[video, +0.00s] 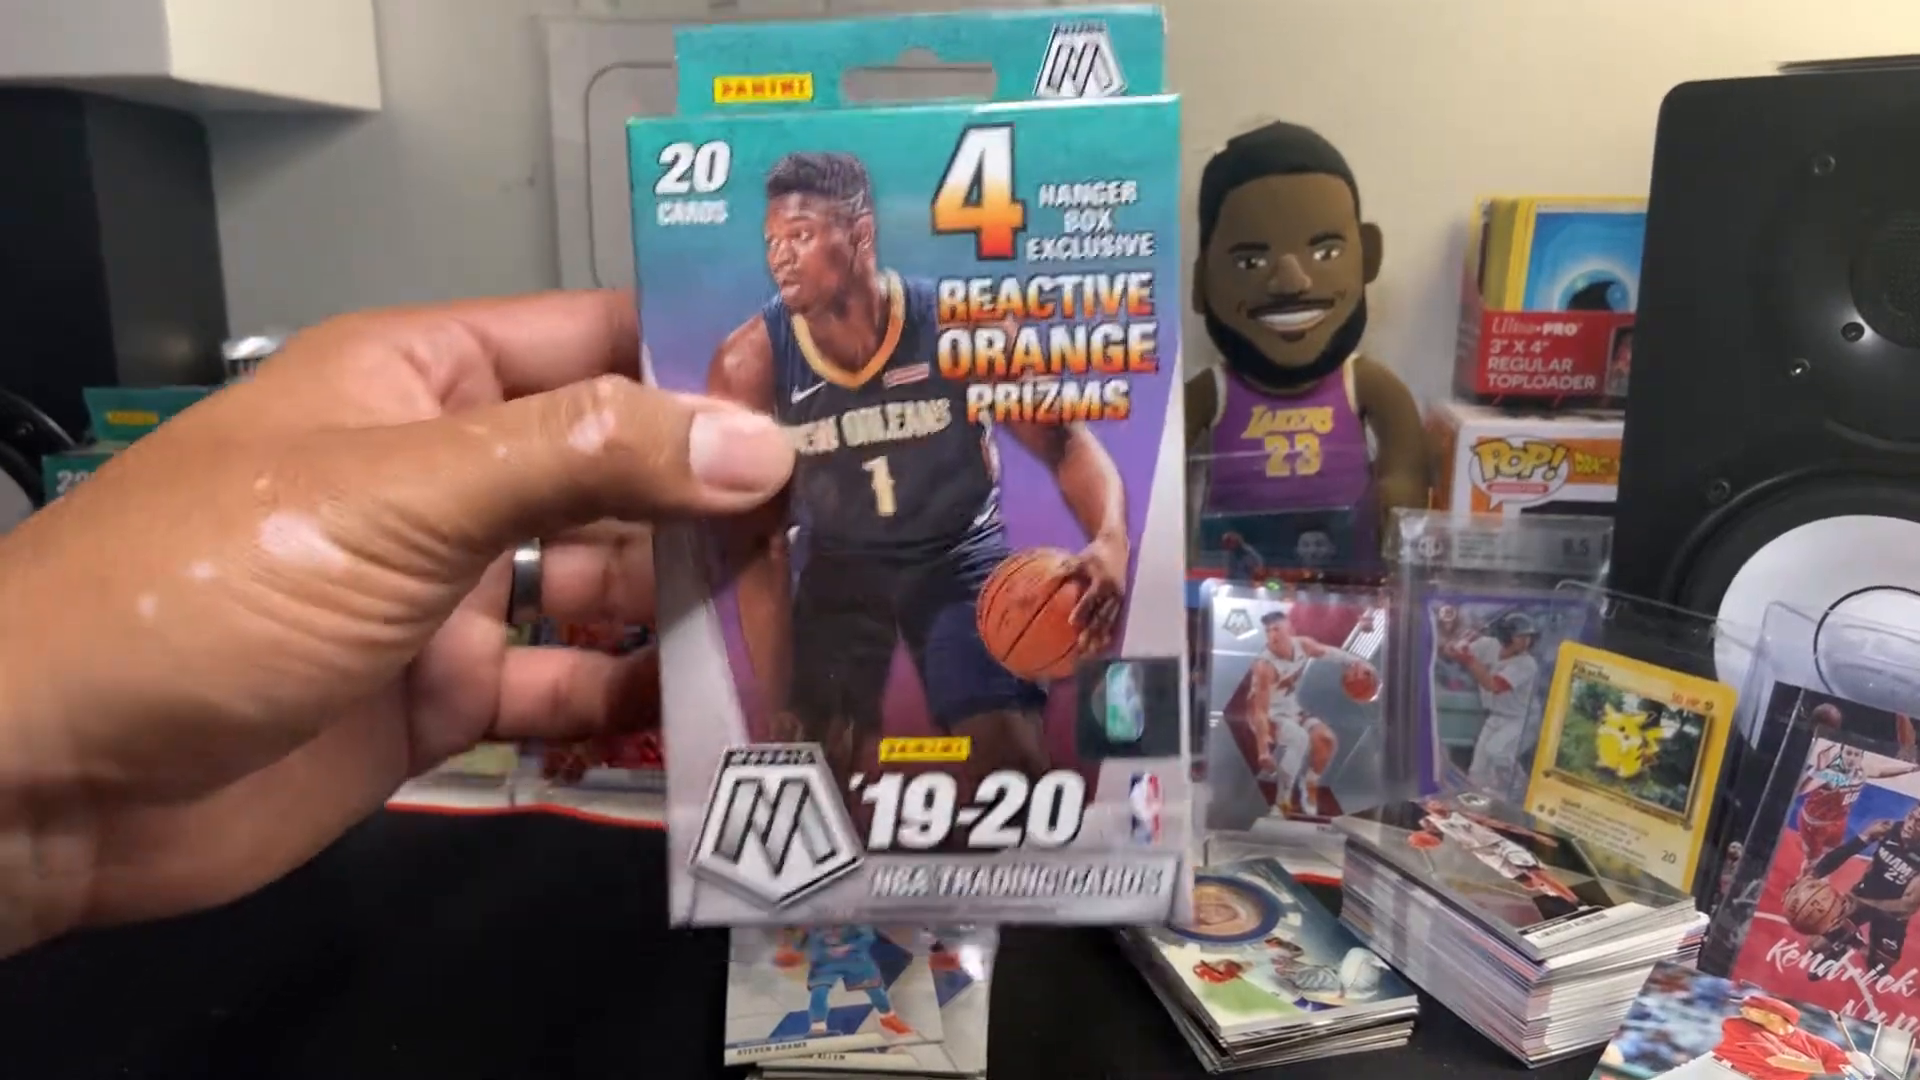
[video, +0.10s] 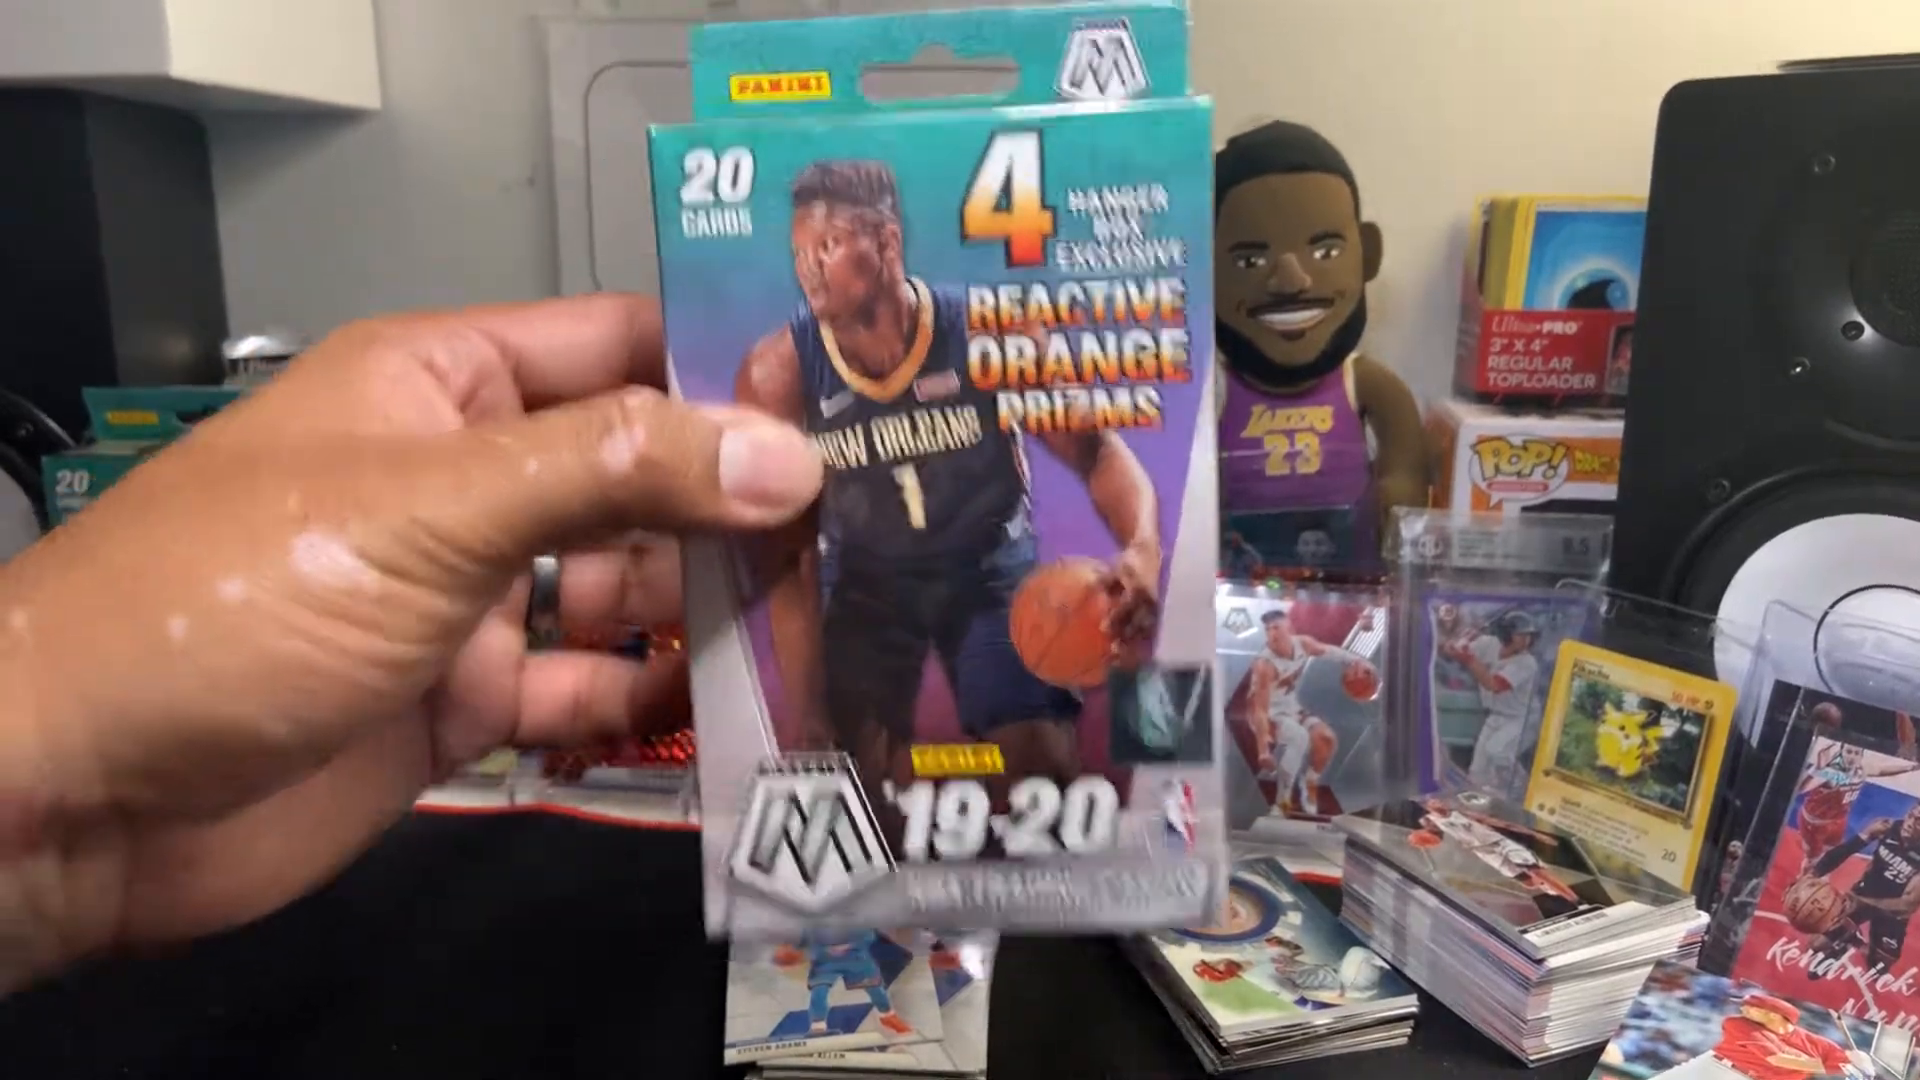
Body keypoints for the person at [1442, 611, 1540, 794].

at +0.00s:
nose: (1527, 642)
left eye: (1529, 637)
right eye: (1522, 637)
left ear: (1531, 639)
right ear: (1509, 637)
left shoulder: (1527, 664)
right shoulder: (1490, 646)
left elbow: (1495, 685)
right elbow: (1458, 651)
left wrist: (1470, 661)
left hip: (1520, 722)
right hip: (1495, 719)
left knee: (1495, 750)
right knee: (1478, 768)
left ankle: (1520, 789)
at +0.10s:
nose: (1527, 641)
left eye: (1529, 636)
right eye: (1522, 636)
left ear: (1531, 638)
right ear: (1509, 635)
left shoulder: (1527, 663)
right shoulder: (1490, 645)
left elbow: (1495, 685)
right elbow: (1461, 650)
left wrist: (1470, 661)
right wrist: (1450, 648)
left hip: (1520, 722)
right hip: (1495, 719)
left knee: (1495, 750)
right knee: (1478, 768)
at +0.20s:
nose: (1527, 642)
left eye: (1529, 637)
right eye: (1522, 636)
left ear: (1531, 639)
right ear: (1509, 636)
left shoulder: (1527, 663)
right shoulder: (1490, 646)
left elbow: (1495, 685)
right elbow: (1461, 650)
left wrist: (1469, 660)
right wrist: (1450, 648)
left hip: (1521, 721)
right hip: (1495, 719)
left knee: (1495, 749)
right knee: (1478, 769)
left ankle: (1521, 787)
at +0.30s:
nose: (1527, 641)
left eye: (1529, 637)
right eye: (1522, 636)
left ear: (1531, 639)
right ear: (1509, 636)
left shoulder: (1527, 664)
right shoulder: (1490, 646)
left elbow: (1496, 685)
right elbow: (1461, 650)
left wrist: (1470, 661)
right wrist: (1449, 648)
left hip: (1520, 722)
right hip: (1495, 719)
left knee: (1496, 751)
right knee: (1479, 765)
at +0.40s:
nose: (1527, 641)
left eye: (1529, 636)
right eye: (1522, 635)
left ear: (1531, 638)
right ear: (1509, 635)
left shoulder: (1528, 663)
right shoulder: (1490, 645)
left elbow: (1496, 685)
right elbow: (1460, 651)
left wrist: (1470, 660)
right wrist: (1447, 647)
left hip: (1520, 721)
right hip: (1495, 718)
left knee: (1496, 750)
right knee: (1479, 766)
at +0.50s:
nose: (1527, 641)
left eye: (1529, 636)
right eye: (1522, 636)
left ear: (1532, 638)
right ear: (1509, 636)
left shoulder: (1528, 663)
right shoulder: (1490, 645)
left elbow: (1496, 684)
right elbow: (1460, 651)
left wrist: (1470, 661)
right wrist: (1447, 648)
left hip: (1519, 722)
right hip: (1495, 718)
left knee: (1496, 751)